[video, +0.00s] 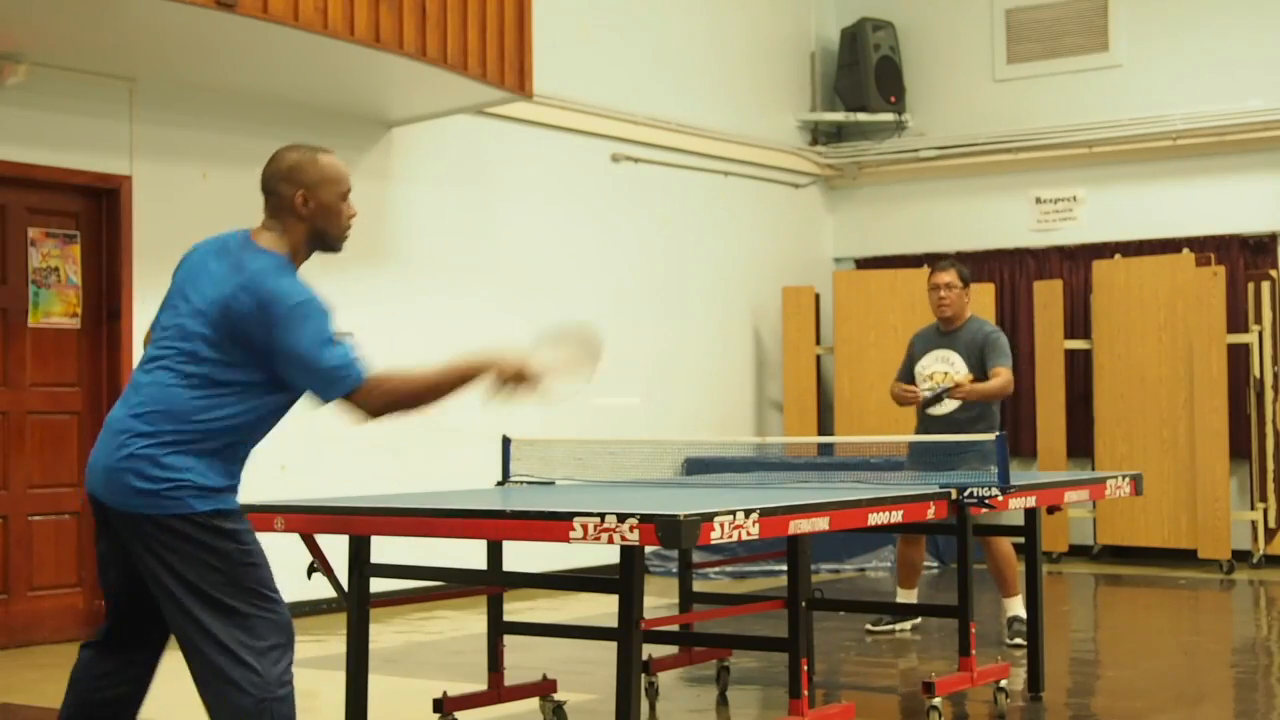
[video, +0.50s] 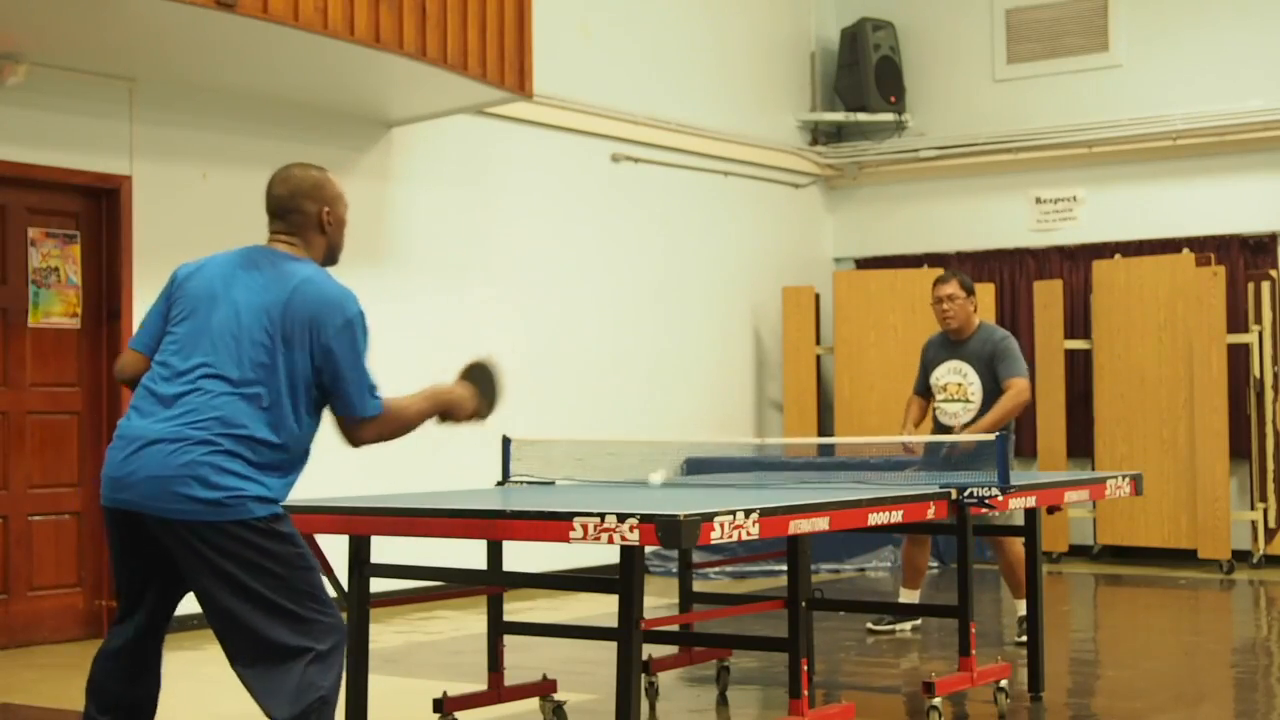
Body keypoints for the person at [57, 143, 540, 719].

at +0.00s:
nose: (353, 210)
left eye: (351, 196)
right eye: (345, 197)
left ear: (290, 200)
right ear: (301, 202)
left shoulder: (206, 254)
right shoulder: (279, 295)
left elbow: (154, 355)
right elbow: (373, 396)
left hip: (118, 474)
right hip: (178, 489)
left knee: (128, 638)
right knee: (258, 647)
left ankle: (83, 717)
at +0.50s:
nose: (345, 227)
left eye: (344, 216)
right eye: (343, 216)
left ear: (273, 218)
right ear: (324, 217)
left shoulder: (194, 273)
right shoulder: (328, 300)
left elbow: (130, 367)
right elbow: (362, 425)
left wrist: (204, 393)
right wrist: (439, 399)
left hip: (127, 484)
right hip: (221, 496)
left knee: (137, 625)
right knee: (316, 637)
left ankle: (105, 715)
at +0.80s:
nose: (246, 195)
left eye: (243, 186)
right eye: (243, 186)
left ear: (181, 196)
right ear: (230, 192)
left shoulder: (116, 259)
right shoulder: (253, 271)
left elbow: (56, 355)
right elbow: (253, 388)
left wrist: (80, 374)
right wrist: (301, 406)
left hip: (105, 477)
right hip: (193, 481)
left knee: (111, 634)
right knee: (247, 640)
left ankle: (99, 716)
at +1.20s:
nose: (224, 200)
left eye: (222, 189)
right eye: (221, 189)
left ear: (157, 197)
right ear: (205, 191)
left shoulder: (99, 265)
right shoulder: (207, 270)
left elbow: (61, 360)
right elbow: (204, 374)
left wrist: (128, 358)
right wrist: (281, 391)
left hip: (78, 474)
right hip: (161, 482)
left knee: (94, 631)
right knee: (156, 635)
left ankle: (88, 716)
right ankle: (136, 716)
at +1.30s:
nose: (233, 204)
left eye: (231, 193)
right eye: (231, 193)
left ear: (168, 197)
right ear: (213, 195)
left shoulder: (108, 261)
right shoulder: (209, 274)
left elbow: (64, 348)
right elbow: (199, 378)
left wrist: (132, 371)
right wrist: (279, 396)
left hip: (86, 466)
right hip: (158, 474)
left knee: (106, 602)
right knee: (170, 615)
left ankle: (71, 710)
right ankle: (146, 714)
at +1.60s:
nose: (263, 254)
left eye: (263, 244)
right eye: (262, 243)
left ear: (210, 235)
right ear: (250, 237)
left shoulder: (181, 283)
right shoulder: (221, 277)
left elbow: (122, 365)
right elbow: (206, 364)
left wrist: (184, 444)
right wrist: (264, 398)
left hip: (121, 458)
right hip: (145, 463)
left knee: (154, 583)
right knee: (169, 587)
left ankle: (177, 688)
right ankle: (152, 705)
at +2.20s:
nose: (303, 290)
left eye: (299, 280)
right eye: (294, 278)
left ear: (266, 284)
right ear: (264, 282)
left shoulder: (254, 372)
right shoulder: (231, 301)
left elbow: (269, 450)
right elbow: (163, 335)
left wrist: (306, 517)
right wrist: (166, 419)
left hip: (156, 468)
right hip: (113, 445)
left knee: (181, 570)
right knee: (85, 577)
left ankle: (198, 703)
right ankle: (26, 707)